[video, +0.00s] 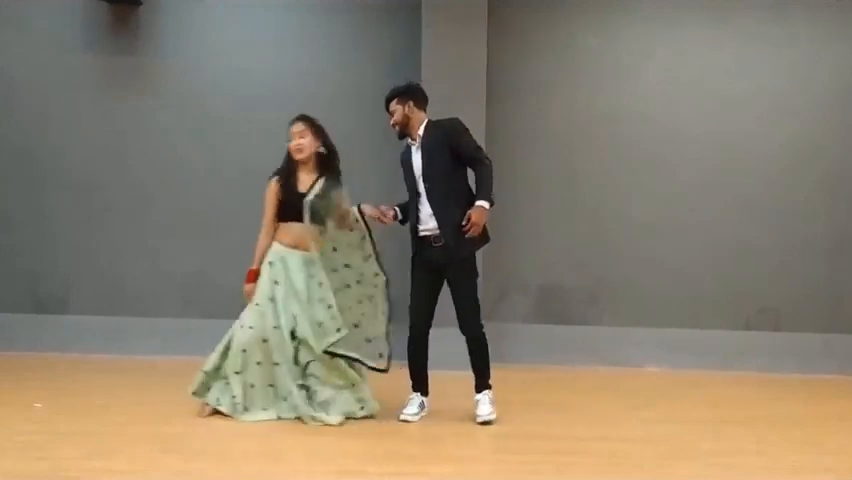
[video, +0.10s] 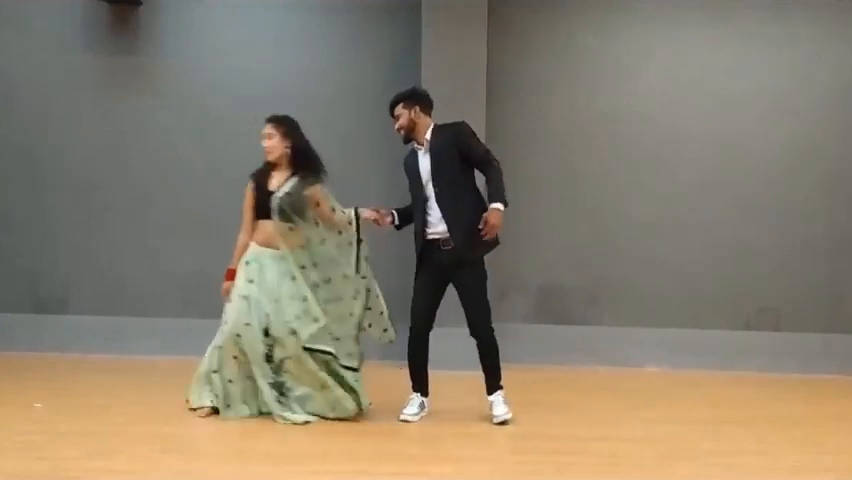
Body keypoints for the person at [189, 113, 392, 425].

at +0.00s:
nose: (296, 143)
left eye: (303, 136)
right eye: (292, 138)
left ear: (319, 142)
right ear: (288, 145)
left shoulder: (330, 185)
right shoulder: (278, 183)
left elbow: (344, 222)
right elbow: (267, 231)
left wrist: (362, 212)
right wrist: (253, 274)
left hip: (310, 263)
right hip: (278, 261)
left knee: (311, 331)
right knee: (257, 327)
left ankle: (310, 399)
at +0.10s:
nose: (264, 144)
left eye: (270, 137)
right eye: (263, 138)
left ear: (290, 143)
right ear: (265, 144)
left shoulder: (308, 186)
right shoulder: (256, 183)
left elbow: (333, 221)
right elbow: (246, 232)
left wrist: (364, 215)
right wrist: (232, 273)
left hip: (288, 263)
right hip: (255, 260)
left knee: (288, 331)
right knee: (238, 326)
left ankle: (293, 399)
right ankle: (219, 396)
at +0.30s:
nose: (224, 133)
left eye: (229, 127)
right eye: (224, 126)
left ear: (246, 130)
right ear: (241, 130)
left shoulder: (268, 168)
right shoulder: (232, 167)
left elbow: (307, 193)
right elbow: (226, 218)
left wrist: (346, 210)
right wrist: (211, 254)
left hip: (252, 252)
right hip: (225, 253)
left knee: (263, 324)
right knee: (215, 324)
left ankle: (302, 395)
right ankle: (223, 398)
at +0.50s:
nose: (208, 123)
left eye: (212, 117)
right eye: (208, 117)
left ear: (228, 119)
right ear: (225, 119)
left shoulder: (250, 154)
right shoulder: (220, 155)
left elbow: (292, 161)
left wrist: (338, 166)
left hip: (236, 239)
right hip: (212, 240)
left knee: (249, 315)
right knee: (209, 316)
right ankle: (205, 395)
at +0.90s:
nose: (231, 132)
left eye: (239, 126)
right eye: (228, 126)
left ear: (255, 130)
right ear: (223, 129)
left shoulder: (275, 161)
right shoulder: (224, 170)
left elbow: (310, 181)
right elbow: (206, 220)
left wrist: (337, 168)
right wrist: (169, 243)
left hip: (277, 250)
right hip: (241, 250)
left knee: (274, 321)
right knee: (230, 316)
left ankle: (275, 396)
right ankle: (213, 392)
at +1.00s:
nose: (265, 136)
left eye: (270, 130)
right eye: (258, 130)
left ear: (277, 134)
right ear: (244, 136)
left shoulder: (290, 169)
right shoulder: (242, 176)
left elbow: (309, 197)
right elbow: (237, 217)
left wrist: (335, 188)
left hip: (298, 251)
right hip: (267, 254)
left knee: (292, 323)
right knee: (252, 322)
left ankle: (276, 398)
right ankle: (218, 394)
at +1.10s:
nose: (297, 136)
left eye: (297, 130)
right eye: (290, 130)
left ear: (289, 136)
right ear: (271, 136)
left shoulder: (286, 172)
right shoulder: (268, 177)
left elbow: (308, 201)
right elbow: (296, 208)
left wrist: (341, 197)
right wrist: (323, 184)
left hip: (306, 264)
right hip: (291, 266)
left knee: (311, 331)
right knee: (292, 333)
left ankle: (290, 399)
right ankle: (269, 399)